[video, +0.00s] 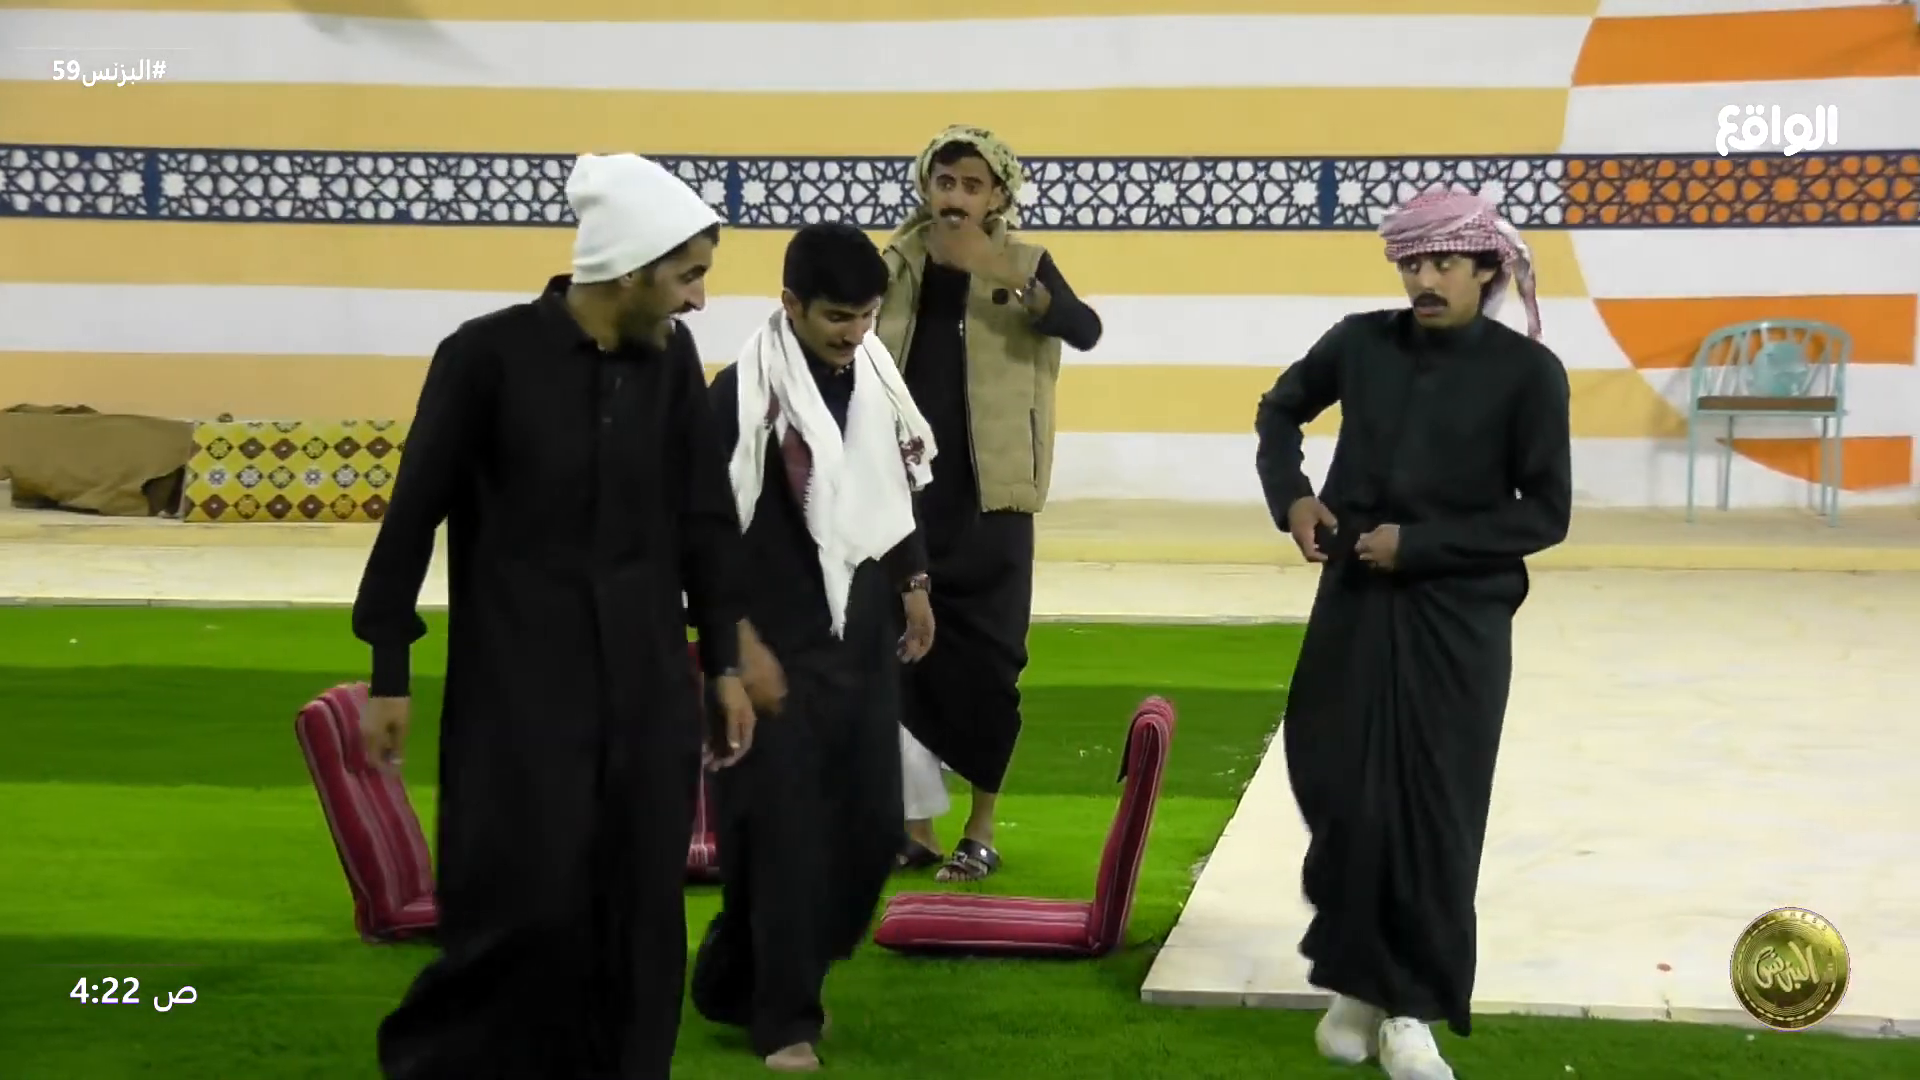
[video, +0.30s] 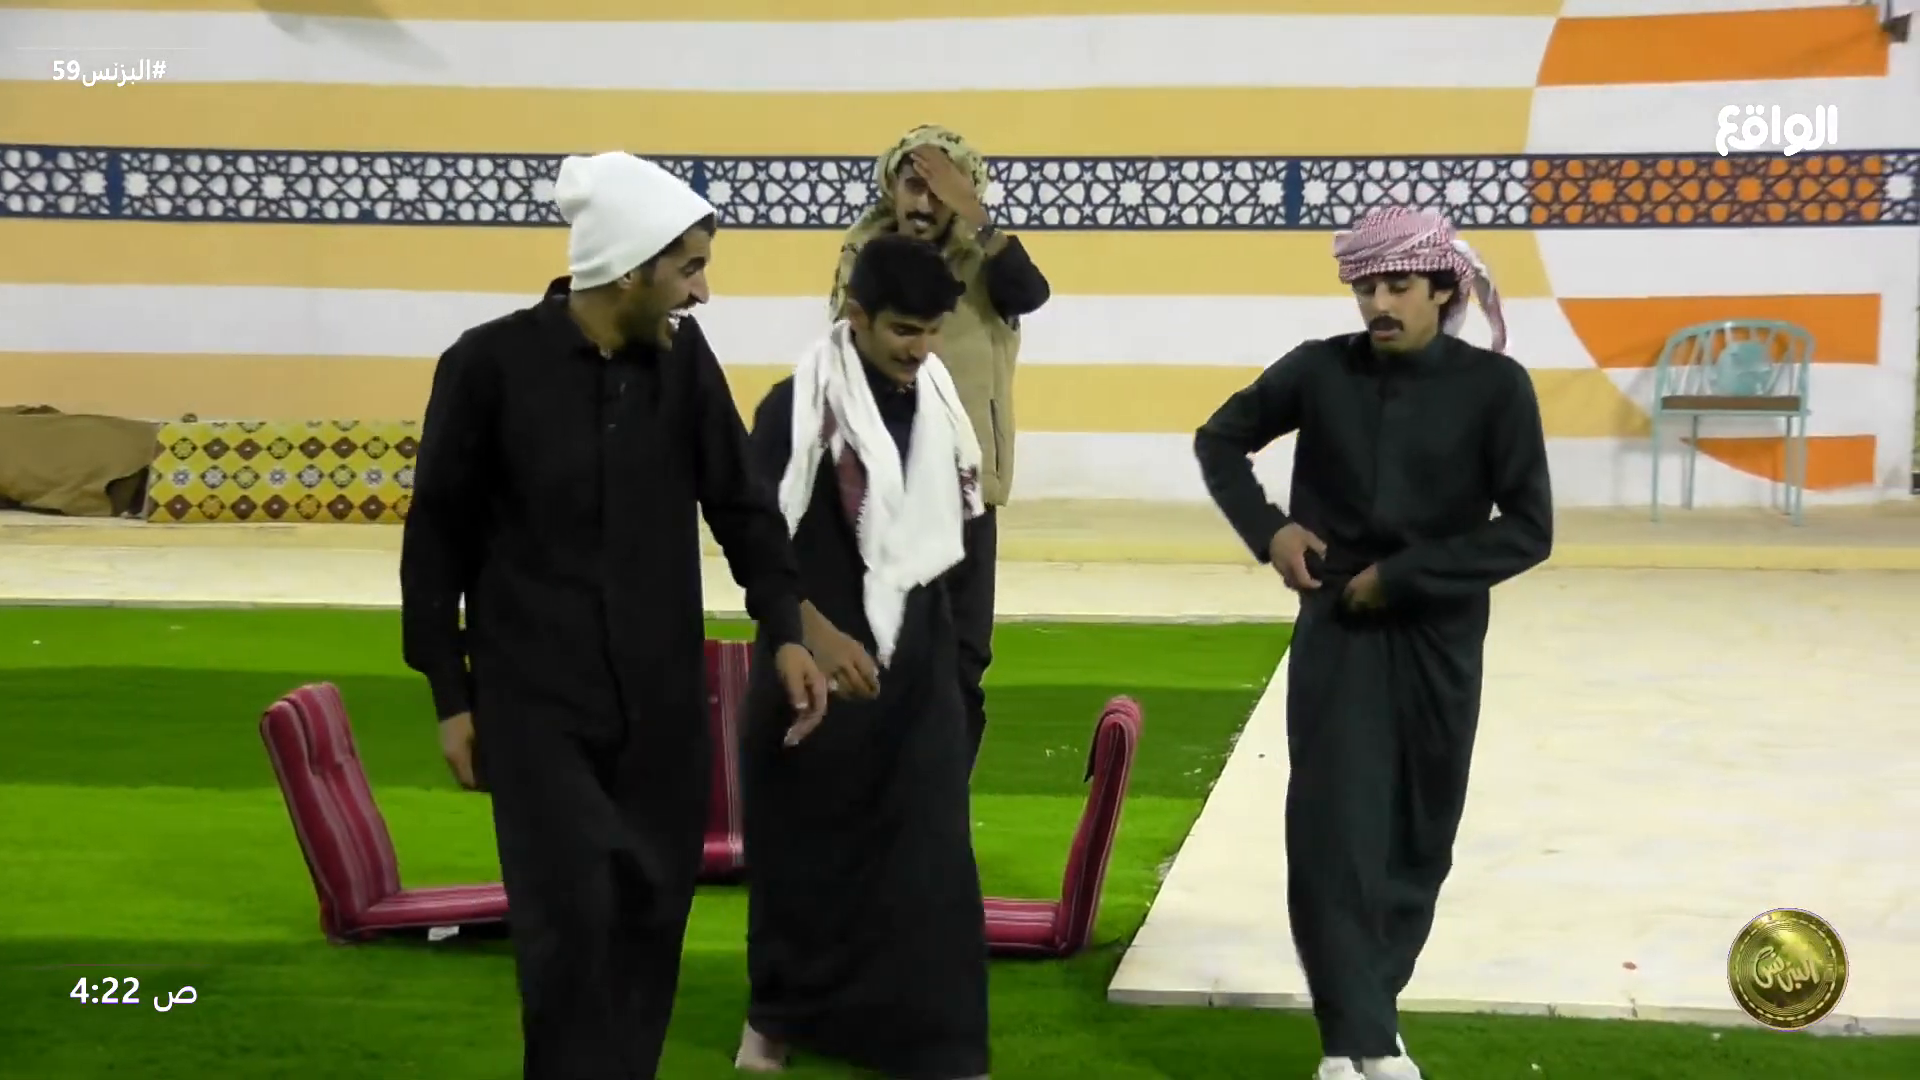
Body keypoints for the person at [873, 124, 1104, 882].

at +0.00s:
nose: (957, 195)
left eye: (973, 184)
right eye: (945, 181)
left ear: (1000, 195)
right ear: (924, 189)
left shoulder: (1029, 264)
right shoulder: (891, 263)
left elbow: (1086, 332)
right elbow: (845, 354)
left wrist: (1007, 270)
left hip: (994, 497)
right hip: (900, 491)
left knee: (991, 662)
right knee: (900, 658)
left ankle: (979, 829)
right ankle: (913, 825)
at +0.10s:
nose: (944, 195)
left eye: (962, 183)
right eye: (934, 179)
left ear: (992, 197)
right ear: (914, 189)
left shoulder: (1016, 266)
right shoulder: (884, 263)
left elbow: (1067, 322)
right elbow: (839, 349)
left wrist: (994, 248)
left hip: (984, 497)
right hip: (889, 489)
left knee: (980, 663)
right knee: (885, 652)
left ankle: (969, 828)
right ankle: (886, 820)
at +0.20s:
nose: (930, 202)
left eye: (946, 189)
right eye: (917, 187)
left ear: (976, 195)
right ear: (898, 192)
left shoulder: (1000, 261)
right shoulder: (880, 257)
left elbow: (1038, 298)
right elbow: (858, 291)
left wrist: (982, 215)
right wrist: (903, 221)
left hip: (976, 495)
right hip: (887, 492)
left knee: (969, 663)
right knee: (891, 653)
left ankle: (955, 814)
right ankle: (882, 816)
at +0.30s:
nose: (925, 203)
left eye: (940, 190)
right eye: (911, 186)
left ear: (968, 198)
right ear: (888, 191)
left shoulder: (990, 257)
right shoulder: (868, 250)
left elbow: (1028, 296)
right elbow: (849, 339)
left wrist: (973, 210)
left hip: (967, 485)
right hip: (878, 478)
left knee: (963, 651)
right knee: (884, 641)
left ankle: (945, 800)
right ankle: (876, 800)